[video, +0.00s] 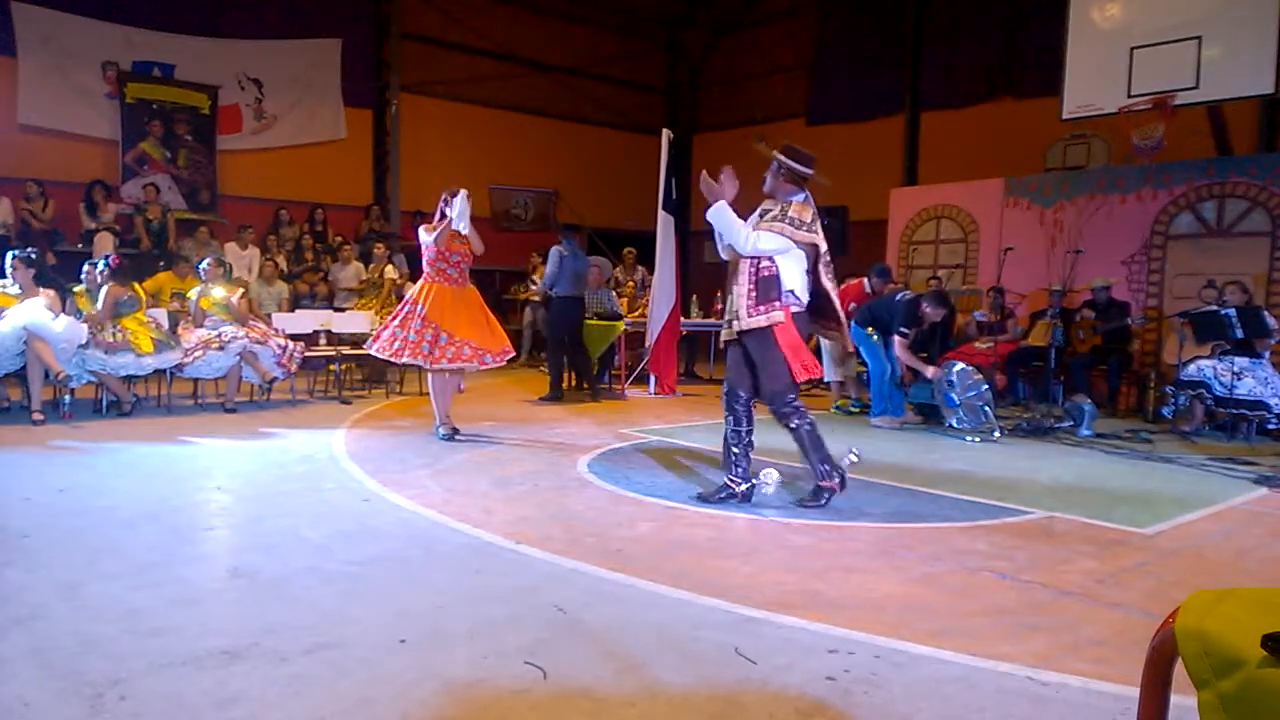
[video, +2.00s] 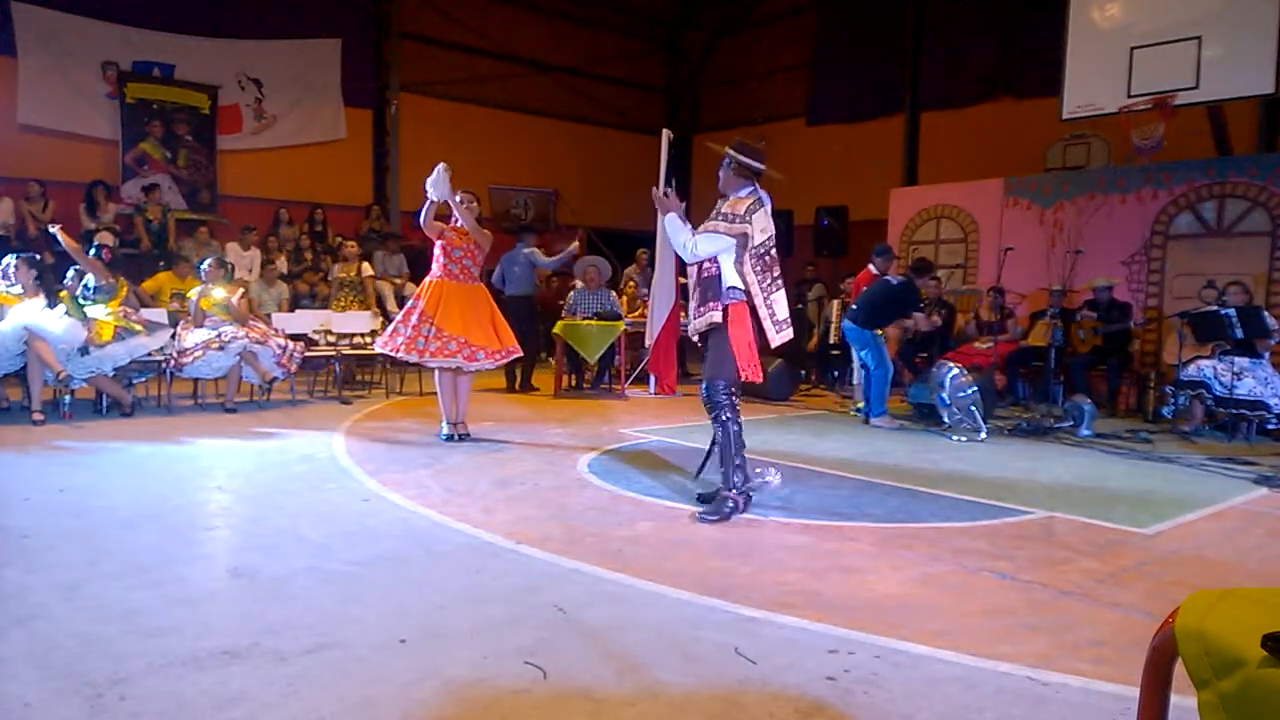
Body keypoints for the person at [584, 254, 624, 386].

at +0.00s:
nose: (593, 278)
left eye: (596, 274)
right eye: (591, 274)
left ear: (602, 278)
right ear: (586, 277)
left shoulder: (610, 294)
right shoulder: (582, 293)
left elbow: (619, 312)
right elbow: (576, 312)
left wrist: (602, 315)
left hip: (606, 327)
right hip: (586, 326)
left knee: (608, 347)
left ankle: (599, 378)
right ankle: (582, 378)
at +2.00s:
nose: (591, 276)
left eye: (594, 273)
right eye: (588, 273)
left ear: (600, 277)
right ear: (584, 277)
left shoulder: (609, 294)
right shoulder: (575, 294)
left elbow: (619, 314)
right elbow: (565, 314)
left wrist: (600, 316)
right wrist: (577, 318)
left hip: (602, 332)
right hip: (580, 331)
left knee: (609, 348)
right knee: (571, 347)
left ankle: (597, 381)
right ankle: (579, 378)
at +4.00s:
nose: (600, 278)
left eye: (602, 275)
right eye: (598, 274)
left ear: (606, 278)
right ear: (591, 277)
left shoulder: (612, 296)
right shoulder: (577, 293)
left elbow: (620, 316)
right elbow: (565, 313)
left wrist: (599, 317)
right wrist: (576, 317)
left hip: (603, 332)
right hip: (581, 331)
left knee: (610, 349)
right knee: (570, 346)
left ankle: (597, 380)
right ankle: (579, 378)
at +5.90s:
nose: (583, 278)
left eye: (587, 275)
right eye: (582, 275)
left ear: (595, 279)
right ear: (579, 277)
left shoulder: (607, 295)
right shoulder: (575, 294)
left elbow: (616, 311)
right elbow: (555, 299)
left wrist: (600, 300)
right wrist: (571, 301)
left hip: (601, 330)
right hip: (579, 330)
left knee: (610, 348)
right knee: (570, 346)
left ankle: (597, 380)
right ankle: (579, 377)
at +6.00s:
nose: (583, 280)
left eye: (587, 276)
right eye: (581, 276)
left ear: (595, 279)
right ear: (578, 279)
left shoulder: (606, 294)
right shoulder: (576, 295)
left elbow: (617, 312)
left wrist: (601, 303)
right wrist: (562, 301)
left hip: (601, 331)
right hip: (580, 331)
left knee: (610, 349)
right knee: (571, 346)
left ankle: (597, 380)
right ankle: (579, 378)